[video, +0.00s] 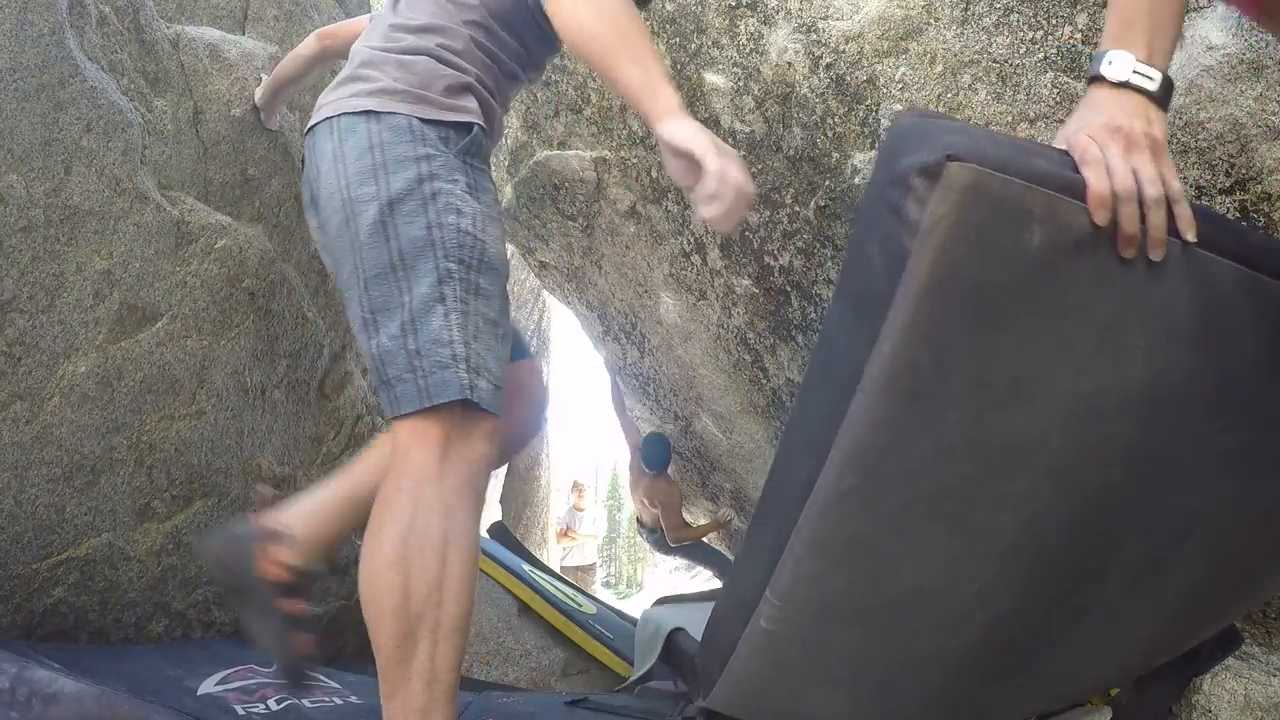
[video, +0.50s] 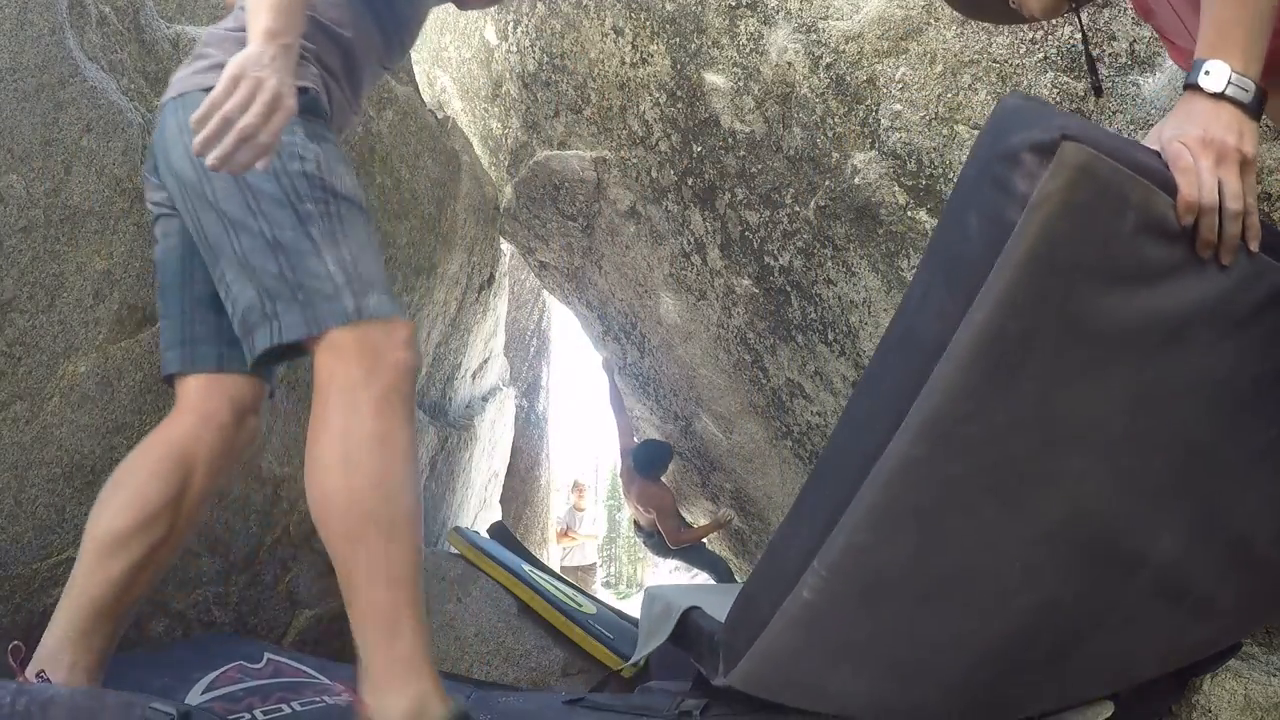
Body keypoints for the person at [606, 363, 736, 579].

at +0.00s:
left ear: (641, 453)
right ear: (668, 460)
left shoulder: (637, 454)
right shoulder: (668, 491)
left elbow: (621, 413)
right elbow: (675, 537)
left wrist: (612, 376)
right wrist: (715, 525)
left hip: (642, 527)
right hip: (662, 537)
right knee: (718, 560)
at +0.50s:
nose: (668, 462)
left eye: (667, 457)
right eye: (666, 460)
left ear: (637, 452)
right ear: (660, 468)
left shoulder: (627, 460)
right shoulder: (660, 497)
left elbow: (620, 415)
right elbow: (676, 540)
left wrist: (610, 376)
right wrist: (715, 525)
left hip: (642, 530)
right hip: (662, 540)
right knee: (716, 564)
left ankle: (696, 546)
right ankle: (737, 599)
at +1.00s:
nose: (668, 463)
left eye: (669, 459)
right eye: (667, 459)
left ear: (643, 450)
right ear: (656, 461)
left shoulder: (626, 452)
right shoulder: (660, 490)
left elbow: (616, 412)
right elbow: (670, 537)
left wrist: (608, 374)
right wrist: (713, 527)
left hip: (644, 524)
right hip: (667, 532)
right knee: (726, 561)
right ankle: (739, 596)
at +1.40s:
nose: (663, 452)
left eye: (664, 448)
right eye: (662, 448)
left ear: (638, 439)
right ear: (651, 449)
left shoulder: (618, 444)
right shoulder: (654, 482)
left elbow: (609, 409)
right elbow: (670, 528)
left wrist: (606, 374)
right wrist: (709, 525)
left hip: (636, 521)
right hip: (659, 530)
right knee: (723, 552)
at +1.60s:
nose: (664, 448)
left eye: (665, 444)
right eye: (663, 444)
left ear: (636, 434)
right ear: (652, 445)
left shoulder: (616, 441)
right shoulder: (652, 479)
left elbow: (605, 409)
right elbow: (673, 526)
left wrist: (606, 375)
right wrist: (710, 524)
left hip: (624, 518)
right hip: (647, 529)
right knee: (715, 540)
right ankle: (721, 586)